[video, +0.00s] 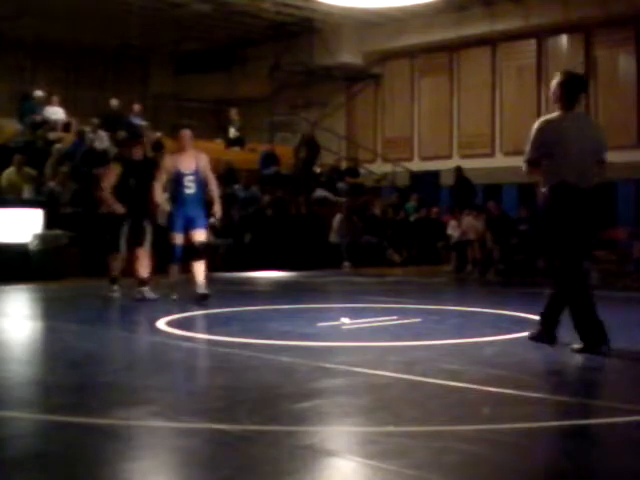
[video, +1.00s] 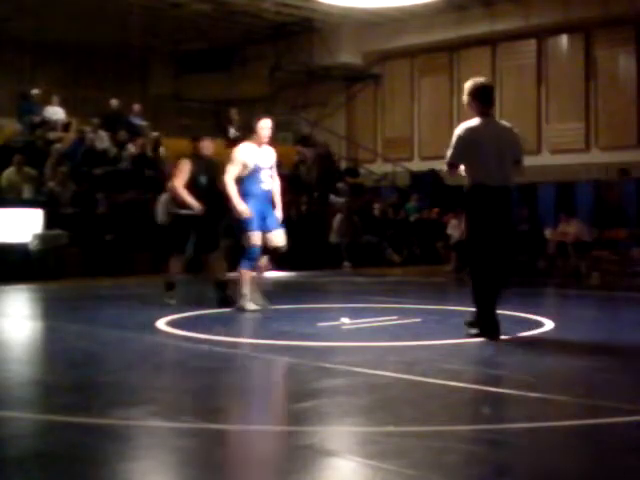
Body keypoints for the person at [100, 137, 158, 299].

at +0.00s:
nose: (137, 152)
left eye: (140, 148)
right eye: (134, 148)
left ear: (144, 149)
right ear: (127, 149)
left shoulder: (149, 165)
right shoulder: (120, 164)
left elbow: (155, 188)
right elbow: (106, 186)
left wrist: (158, 205)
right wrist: (114, 205)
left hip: (143, 211)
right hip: (123, 212)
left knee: (143, 248)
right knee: (119, 250)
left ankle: (144, 283)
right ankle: (114, 282)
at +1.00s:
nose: (209, 146)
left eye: (211, 142)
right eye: (205, 142)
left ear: (214, 145)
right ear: (197, 145)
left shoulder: (216, 165)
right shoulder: (188, 163)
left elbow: (222, 187)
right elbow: (177, 185)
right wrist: (195, 204)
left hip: (211, 215)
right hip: (187, 215)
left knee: (215, 253)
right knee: (179, 252)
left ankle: (222, 293)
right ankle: (170, 291)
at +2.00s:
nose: (265, 143)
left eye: (268, 139)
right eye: (261, 139)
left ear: (272, 140)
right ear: (252, 140)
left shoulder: (272, 159)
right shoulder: (237, 156)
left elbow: (277, 183)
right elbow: (226, 180)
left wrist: (276, 208)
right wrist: (243, 203)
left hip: (267, 212)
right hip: (246, 213)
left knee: (272, 253)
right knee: (244, 256)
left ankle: (279, 289)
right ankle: (241, 292)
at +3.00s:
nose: (309, 128)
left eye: (310, 124)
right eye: (305, 124)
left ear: (310, 126)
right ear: (292, 124)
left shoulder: (309, 147)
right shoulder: (275, 144)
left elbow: (308, 175)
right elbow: (270, 170)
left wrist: (310, 198)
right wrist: (284, 199)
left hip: (307, 206)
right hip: (284, 206)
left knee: (314, 251)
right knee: (281, 257)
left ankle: (303, 300)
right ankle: (278, 305)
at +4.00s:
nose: (340, 127)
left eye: (339, 121)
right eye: (337, 121)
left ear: (313, 120)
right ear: (327, 120)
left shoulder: (301, 142)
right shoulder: (321, 140)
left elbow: (298, 179)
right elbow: (329, 174)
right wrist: (339, 205)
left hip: (302, 208)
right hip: (316, 209)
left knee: (308, 262)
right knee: (312, 262)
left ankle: (309, 311)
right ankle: (310, 313)